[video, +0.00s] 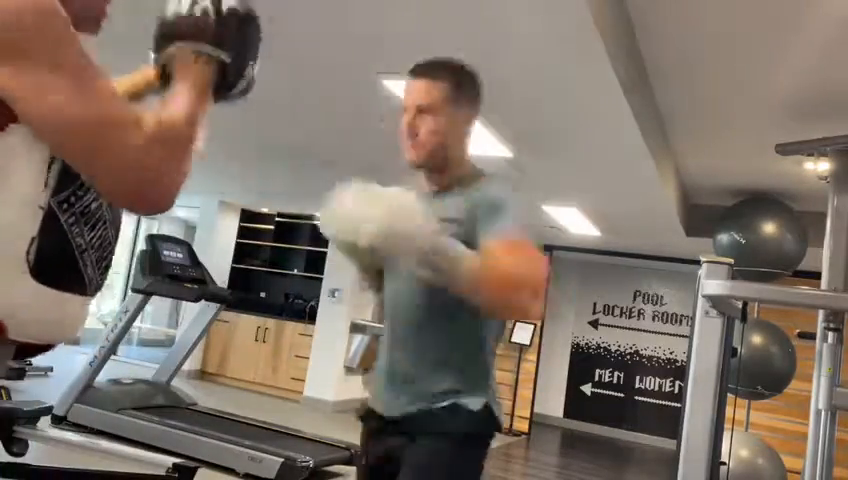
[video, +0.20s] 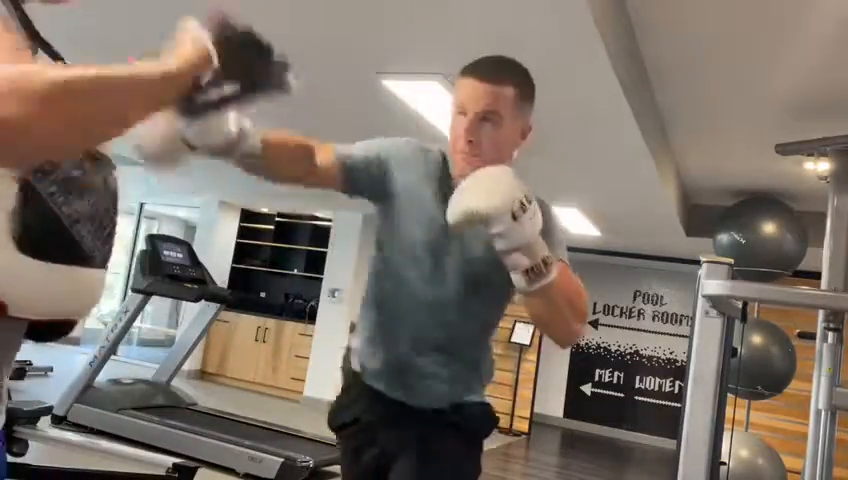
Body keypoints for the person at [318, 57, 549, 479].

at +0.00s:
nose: (408, 125)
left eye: (424, 112)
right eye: (405, 112)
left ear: (466, 119)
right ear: (401, 118)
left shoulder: (491, 201)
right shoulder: (409, 204)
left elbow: (525, 293)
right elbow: (394, 291)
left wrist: (424, 247)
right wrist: (369, 256)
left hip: (451, 420)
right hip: (386, 413)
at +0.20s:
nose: (468, 133)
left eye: (488, 120)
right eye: (460, 116)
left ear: (524, 135)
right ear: (449, 116)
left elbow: (571, 328)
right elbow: (313, 161)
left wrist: (528, 254)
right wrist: (233, 140)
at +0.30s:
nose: (456, 118)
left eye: (477, 105)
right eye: (451, 100)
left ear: (516, 121)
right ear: (443, 103)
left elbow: (559, 320)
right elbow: (313, 195)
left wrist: (511, 240)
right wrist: (277, 175)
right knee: (358, 473)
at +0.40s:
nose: (412, 121)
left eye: (429, 106)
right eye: (410, 106)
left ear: (478, 111)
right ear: (404, 108)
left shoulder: (517, 201)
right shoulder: (415, 184)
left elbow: (508, 302)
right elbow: (347, 245)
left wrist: (446, 213)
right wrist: (338, 191)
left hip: (450, 411)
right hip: (383, 399)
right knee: (357, 473)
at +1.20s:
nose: (438, 137)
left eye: (454, 122)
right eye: (437, 123)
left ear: (496, 129)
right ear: (435, 126)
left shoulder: (538, 196)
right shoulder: (460, 206)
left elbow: (537, 281)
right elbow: (408, 289)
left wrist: (460, 208)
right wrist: (399, 221)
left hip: (507, 402)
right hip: (453, 398)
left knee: (445, 473)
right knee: (414, 472)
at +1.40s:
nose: (452, 132)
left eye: (467, 116)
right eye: (452, 119)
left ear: (516, 125)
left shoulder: (557, 197)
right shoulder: (485, 211)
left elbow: (538, 282)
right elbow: (429, 303)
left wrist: (457, 209)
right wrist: (410, 231)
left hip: (528, 441)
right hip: (474, 434)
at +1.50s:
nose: (465, 94)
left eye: (480, 76)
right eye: (464, 80)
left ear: (533, 77)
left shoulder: (583, 150)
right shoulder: (512, 174)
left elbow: (552, 220)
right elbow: (451, 270)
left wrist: (465, 146)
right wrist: (431, 187)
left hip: (541, 410)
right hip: (493, 401)